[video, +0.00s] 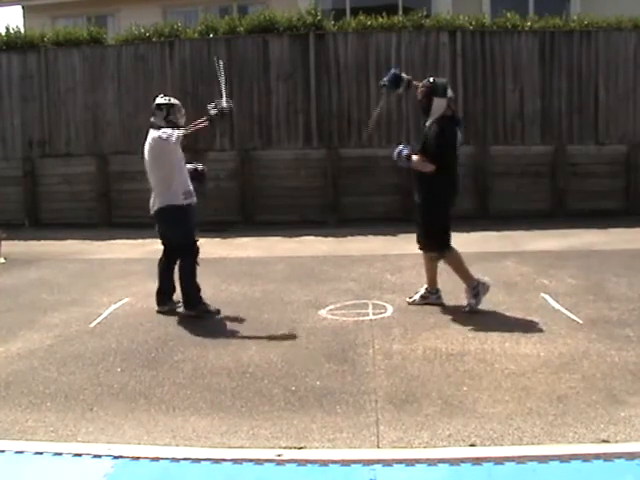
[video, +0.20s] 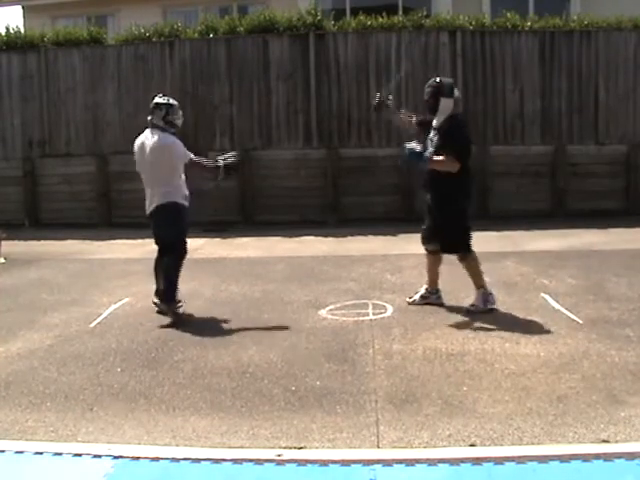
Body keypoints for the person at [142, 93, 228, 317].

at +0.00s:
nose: (181, 119)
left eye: (180, 115)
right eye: (178, 115)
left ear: (158, 116)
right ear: (170, 116)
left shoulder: (152, 139)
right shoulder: (163, 137)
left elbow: (165, 168)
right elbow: (185, 133)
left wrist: (187, 170)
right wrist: (210, 119)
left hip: (163, 206)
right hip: (177, 205)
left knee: (170, 252)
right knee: (189, 252)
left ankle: (164, 299)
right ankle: (193, 302)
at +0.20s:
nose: (178, 120)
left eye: (177, 116)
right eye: (175, 116)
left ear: (153, 116)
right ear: (168, 117)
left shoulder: (139, 143)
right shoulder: (170, 142)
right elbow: (193, 162)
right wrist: (218, 165)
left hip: (153, 204)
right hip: (173, 203)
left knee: (163, 249)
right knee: (176, 250)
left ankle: (161, 292)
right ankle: (168, 299)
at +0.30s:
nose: (177, 123)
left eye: (177, 118)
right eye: (175, 118)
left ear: (153, 117)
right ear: (168, 119)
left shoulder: (136, 142)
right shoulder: (174, 144)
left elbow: (135, 173)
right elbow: (191, 174)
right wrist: (210, 190)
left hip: (150, 207)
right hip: (173, 204)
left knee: (161, 250)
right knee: (173, 251)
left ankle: (162, 294)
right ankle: (164, 299)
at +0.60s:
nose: (177, 123)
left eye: (177, 119)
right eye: (175, 119)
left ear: (153, 117)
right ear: (167, 119)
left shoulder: (135, 142)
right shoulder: (174, 146)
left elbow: (132, 177)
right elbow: (188, 180)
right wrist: (209, 195)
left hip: (146, 207)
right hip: (170, 205)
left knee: (159, 250)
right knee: (174, 251)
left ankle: (162, 293)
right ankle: (165, 298)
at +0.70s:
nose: (177, 123)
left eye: (177, 118)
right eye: (175, 118)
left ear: (154, 118)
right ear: (167, 119)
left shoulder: (138, 142)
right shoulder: (168, 144)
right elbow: (184, 176)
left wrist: (203, 188)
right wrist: (208, 191)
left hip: (146, 207)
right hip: (166, 206)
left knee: (161, 251)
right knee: (180, 249)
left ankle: (162, 293)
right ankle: (164, 295)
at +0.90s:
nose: (177, 121)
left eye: (177, 116)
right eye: (173, 116)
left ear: (161, 117)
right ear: (162, 116)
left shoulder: (159, 140)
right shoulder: (156, 144)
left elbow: (168, 174)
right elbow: (165, 174)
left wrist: (190, 185)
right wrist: (192, 184)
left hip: (165, 206)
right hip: (161, 207)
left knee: (169, 251)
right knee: (176, 251)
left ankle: (165, 299)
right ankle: (174, 301)